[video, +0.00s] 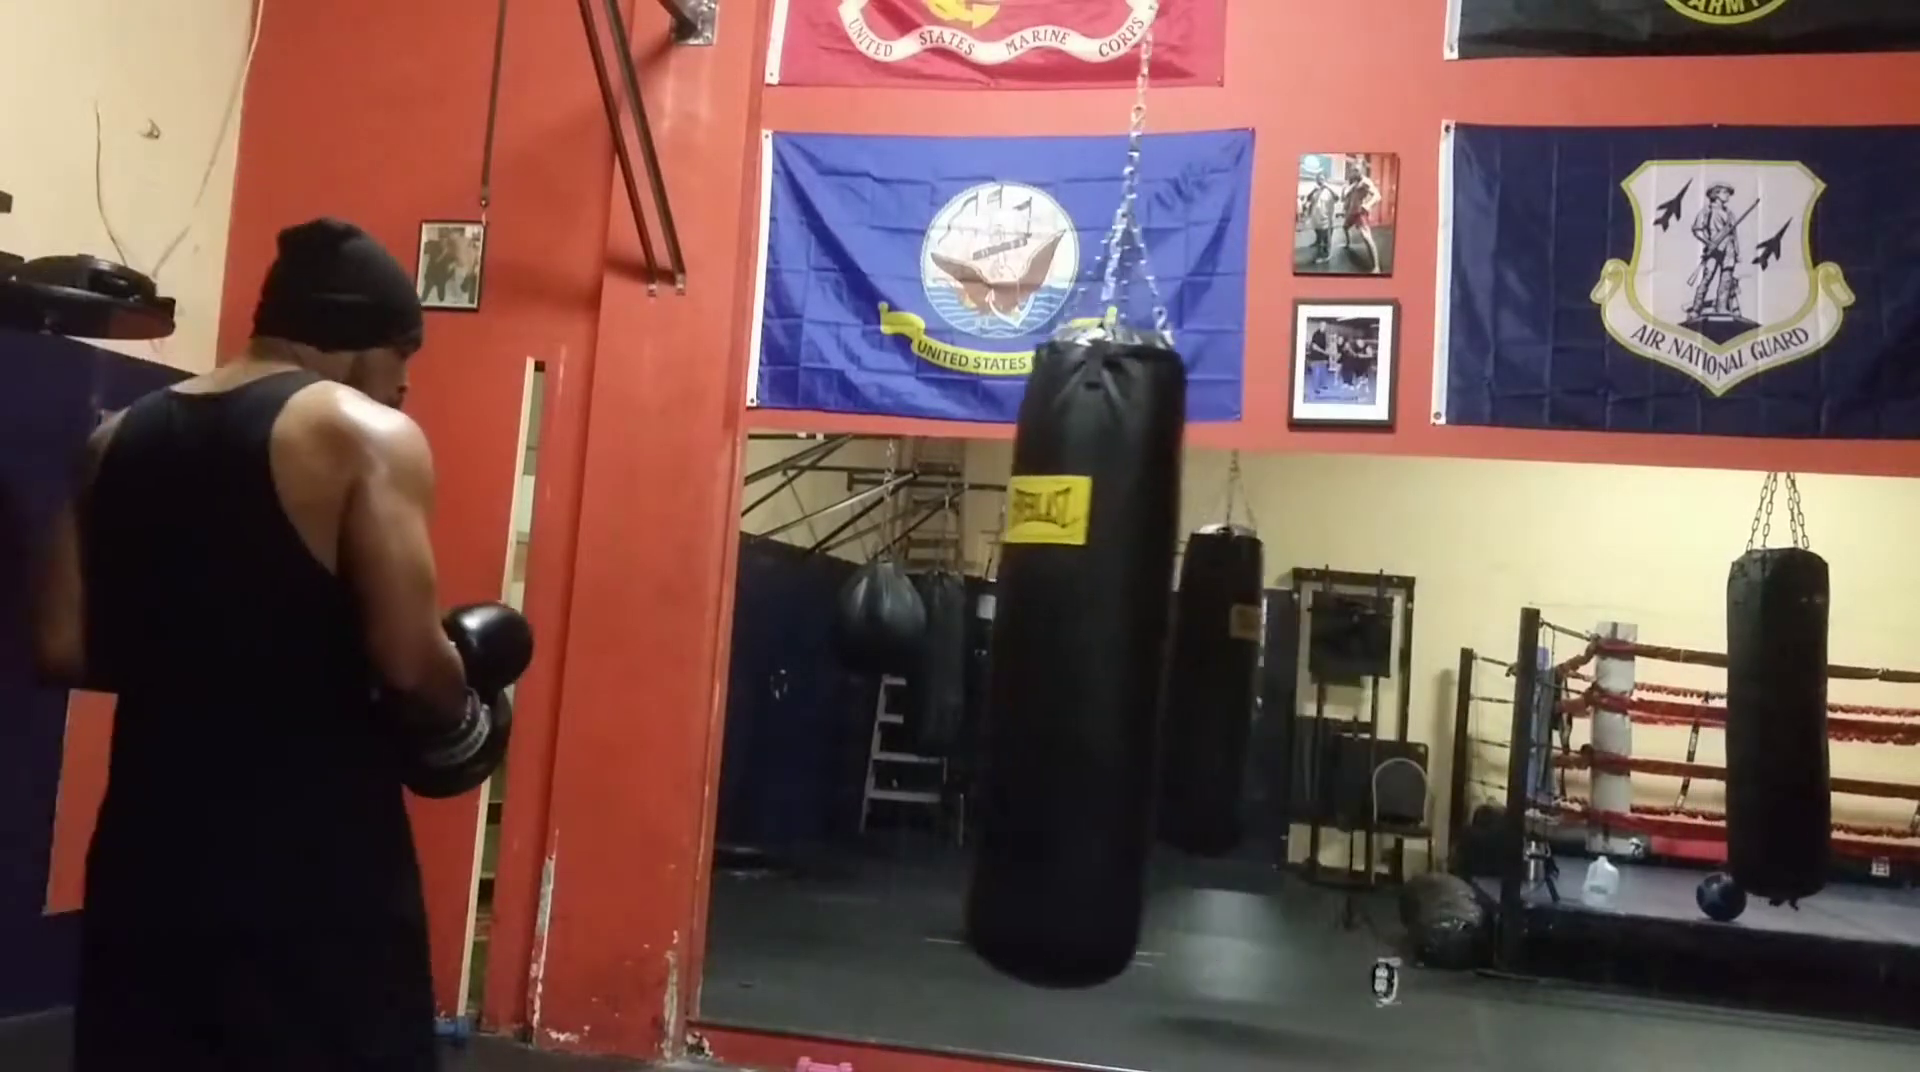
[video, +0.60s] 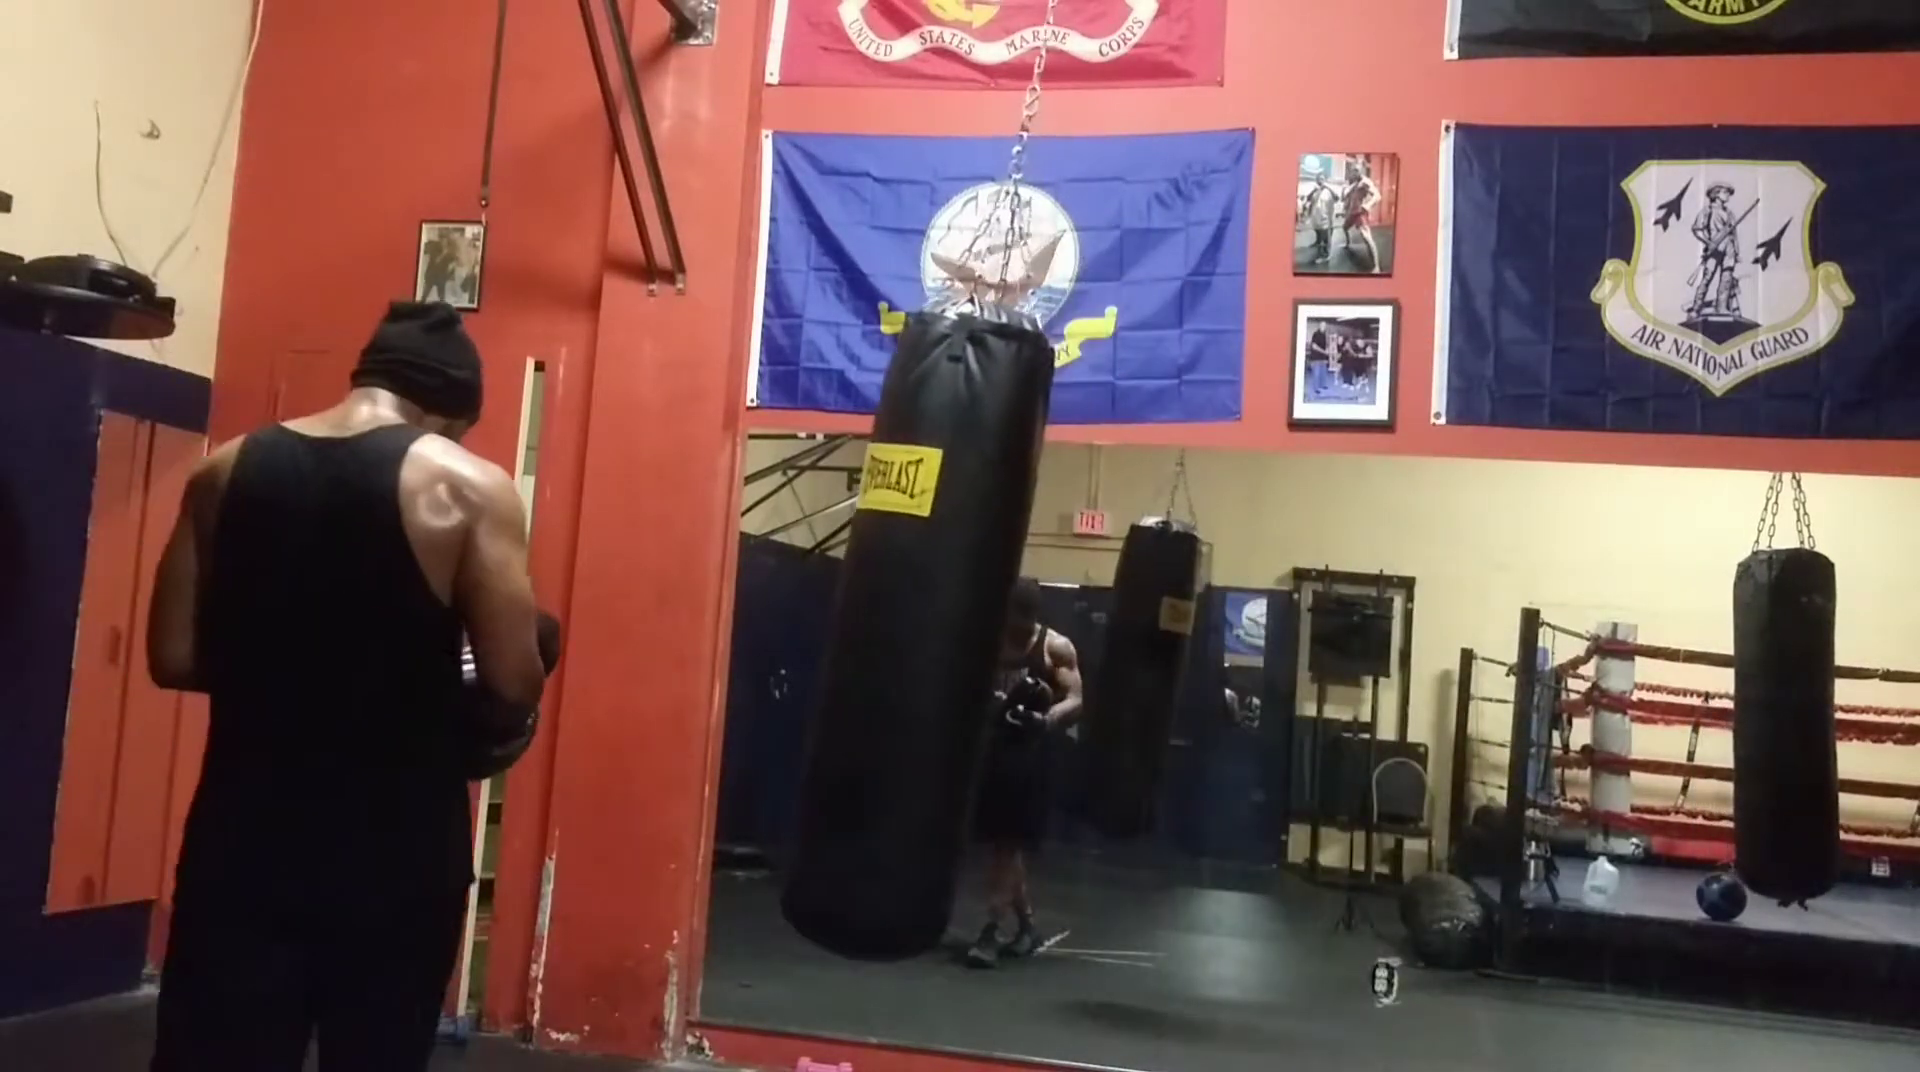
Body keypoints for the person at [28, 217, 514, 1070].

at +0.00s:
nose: (400, 387)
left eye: (405, 366)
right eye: (398, 363)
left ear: (275, 322)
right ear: (357, 344)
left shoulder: (122, 435)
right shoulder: (370, 435)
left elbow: (64, 649)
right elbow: (413, 660)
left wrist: (200, 658)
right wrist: (457, 714)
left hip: (152, 841)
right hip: (313, 854)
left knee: (145, 1048)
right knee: (332, 1048)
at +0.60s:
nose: (452, 441)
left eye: (454, 430)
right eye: (457, 430)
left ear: (361, 379)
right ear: (452, 414)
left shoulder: (225, 471)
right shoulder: (473, 490)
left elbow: (173, 656)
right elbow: (514, 679)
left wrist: (291, 665)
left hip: (239, 851)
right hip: (393, 868)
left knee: (215, 1054)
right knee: (374, 1054)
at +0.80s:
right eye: (487, 414)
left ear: (389, 384)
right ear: (485, 413)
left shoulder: (271, 471)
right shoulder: (513, 504)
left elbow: (204, 647)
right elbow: (543, 684)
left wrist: (318, 662)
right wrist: (468, 732)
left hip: (271, 861)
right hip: (423, 882)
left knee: (239, 1053)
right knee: (407, 1054)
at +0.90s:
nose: (492, 430)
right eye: (493, 416)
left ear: (399, 392)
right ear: (494, 419)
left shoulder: (286, 480)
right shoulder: (525, 512)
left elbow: (220, 653)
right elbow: (557, 688)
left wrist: (330, 660)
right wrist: (473, 730)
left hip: (289, 850)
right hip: (433, 871)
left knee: (268, 1050)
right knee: (416, 1051)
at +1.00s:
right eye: (501, 415)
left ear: (407, 396)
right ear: (501, 420)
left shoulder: (301, 477)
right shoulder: (538, 513)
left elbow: (231, 646)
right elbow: (560, 686)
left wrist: (337, 650)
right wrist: (474, 723)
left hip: (300, 830)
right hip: (443, 851)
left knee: (271, 1044)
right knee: (423, 1052)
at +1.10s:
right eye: (504, 414)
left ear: (413, 400)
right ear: (503, 422)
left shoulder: (309, 476)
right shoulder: (542, 510)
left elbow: (231, 634)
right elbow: (567, 680)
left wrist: (336, 641)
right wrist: (489, 710)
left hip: (309, 826)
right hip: (447, 844)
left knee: (281, 1044)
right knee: (413, 1057)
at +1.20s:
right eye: (510, 426)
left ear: (415, 413)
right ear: (505, 433)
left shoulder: (314, 481)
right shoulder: (541, 513)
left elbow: (231, 632)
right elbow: (579, 679)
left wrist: (336, 642)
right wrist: (504, 701)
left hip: (316, 825)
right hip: (449, 841)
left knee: (305, 1039)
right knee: (407, 1053)